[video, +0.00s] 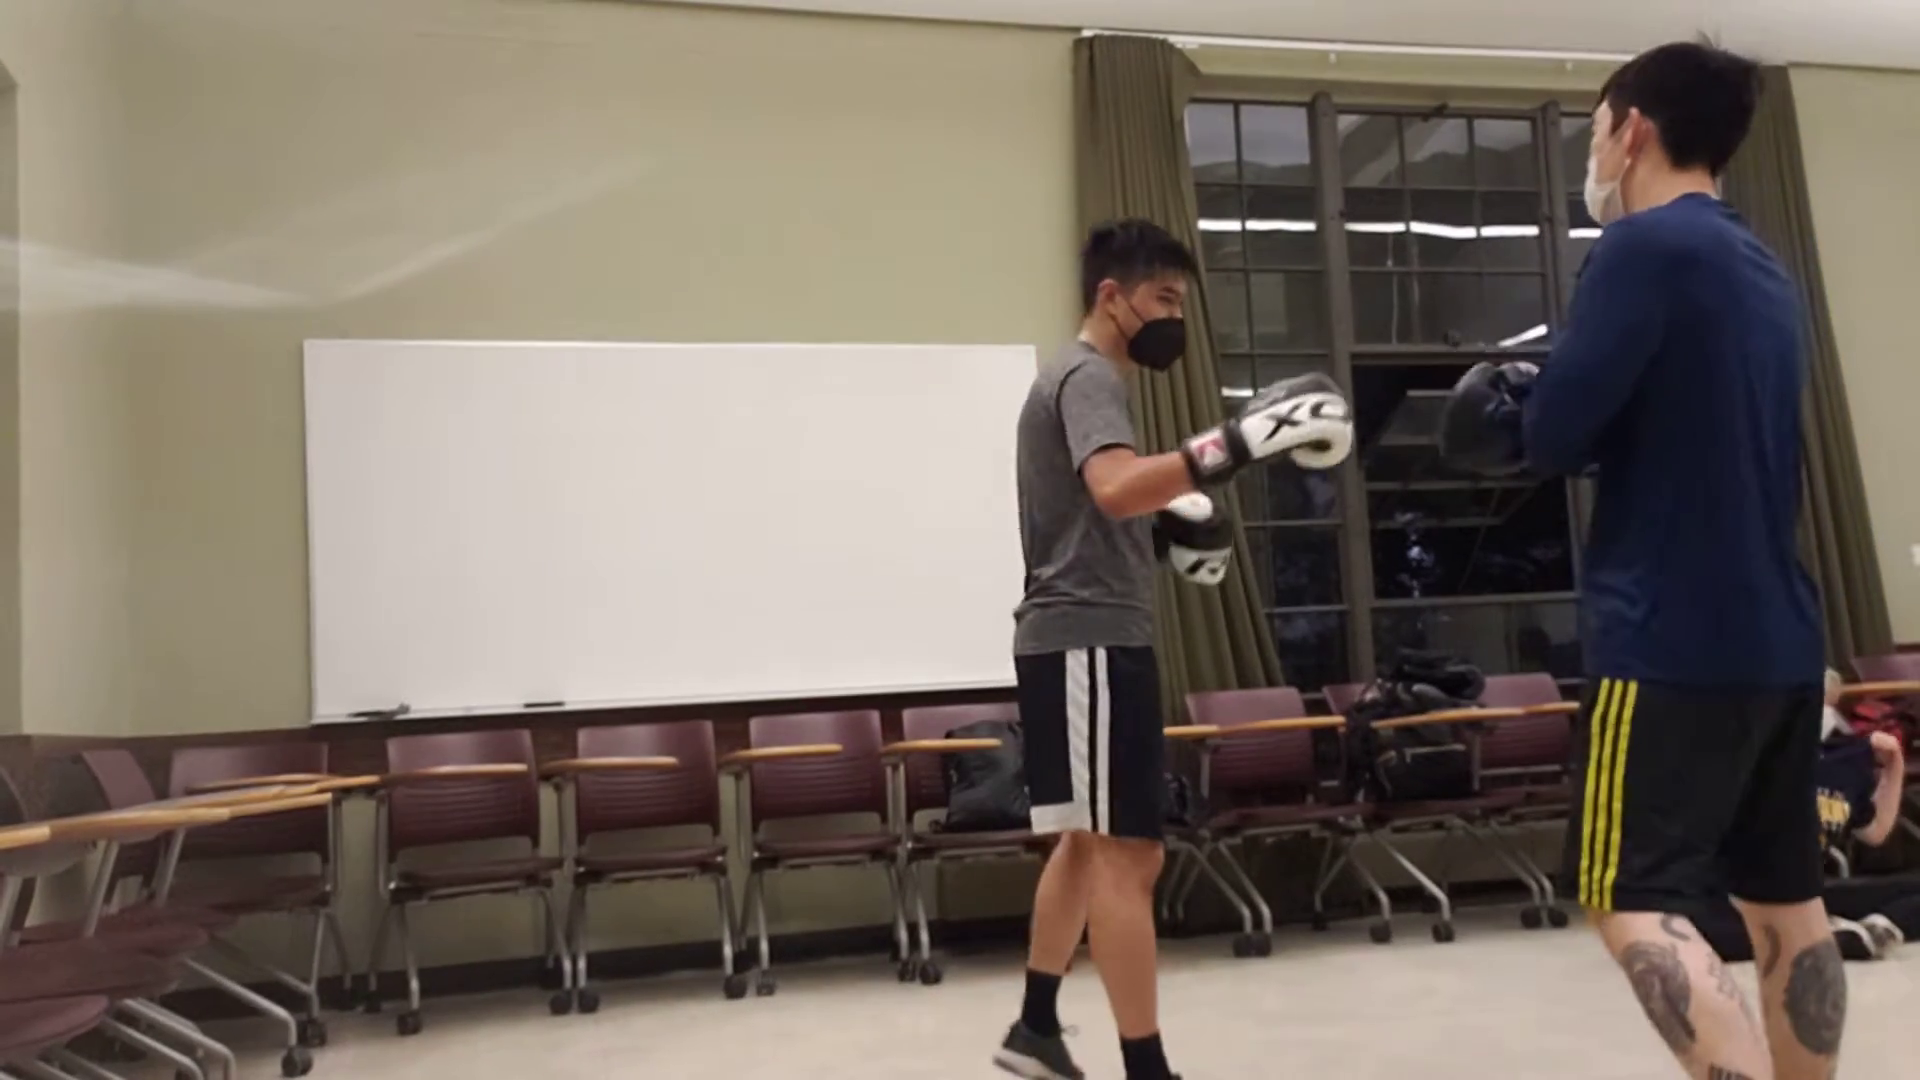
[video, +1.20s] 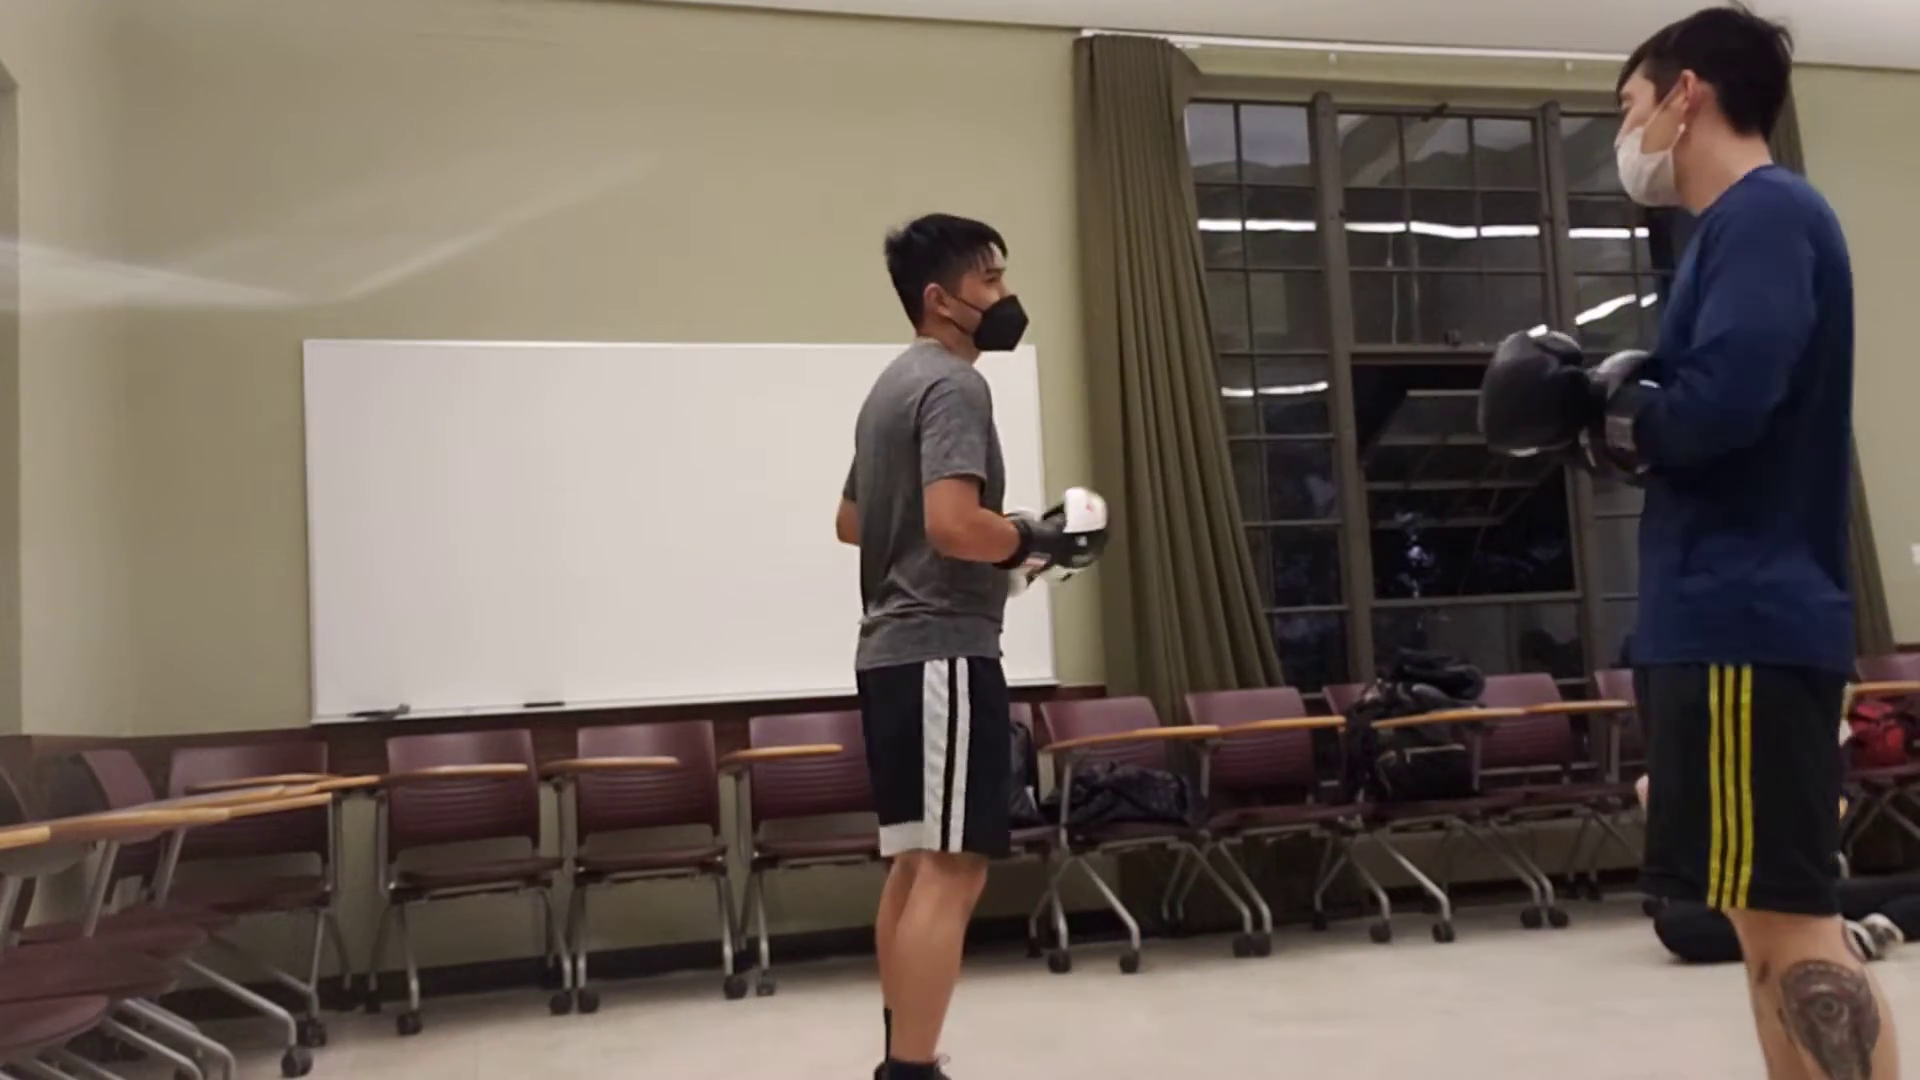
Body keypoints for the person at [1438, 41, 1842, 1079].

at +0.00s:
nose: (1591, 157)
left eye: (1597, 132)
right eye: (1596, 134)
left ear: (1636, 131)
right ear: (1707, 145)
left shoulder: (1642, 250)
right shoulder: (1766, 268)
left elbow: (1553, 431)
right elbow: (1711, 432)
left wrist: (1511, 391)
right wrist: (1557, 385)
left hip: (1670, 643)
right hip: (1778, 639)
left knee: (1631, 904)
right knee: (1782, 894)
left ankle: (1746, 1069)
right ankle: (1804, 1078)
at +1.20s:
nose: (1621, 140)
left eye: (1627, 110)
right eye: (1618, 116)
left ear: (1688, 98)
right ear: (1709, 106)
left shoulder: (1763, 217)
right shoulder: (1735, 228)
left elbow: (1712, 416)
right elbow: (1696, 409)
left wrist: (1603, 390)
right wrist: (1601, 396)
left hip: (1752, 632)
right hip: (1721, 633)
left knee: (1788, 920)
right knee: (1767, 919)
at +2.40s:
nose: (1469, 182)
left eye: (1475, 156)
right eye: (1467, 161)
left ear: (1527, 143)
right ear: (1546, 148)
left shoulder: (1613, 250)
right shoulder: (1567, 268)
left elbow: (1618, 427)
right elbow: (1552, 423)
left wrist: (1498, 478)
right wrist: (1465, 399)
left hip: (1644, 645)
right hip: (1581, 648)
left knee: (1700, 904)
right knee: (1615, 901)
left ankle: (1825, 1071)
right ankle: (1643, 1077)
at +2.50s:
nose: (1445, 195)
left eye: (1451, 169)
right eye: (1442, 176)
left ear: (1503, 154)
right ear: (1519, 161)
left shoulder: (1597, 256)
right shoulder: (1542, 287)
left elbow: (1619, 427)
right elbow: (1460, 433)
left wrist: (1499, 486)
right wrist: (1330, 395)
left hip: (1631, 637)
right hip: (1572, 640)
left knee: (1651, 891)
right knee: (1605, 893)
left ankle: (1799, 1072)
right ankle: (1646, 1076)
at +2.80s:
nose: (1399, 211)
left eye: (1403, 185)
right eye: (1394, 192)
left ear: (1456, 166)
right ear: (1470, 173)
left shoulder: (1562, 267)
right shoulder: (1507, 293)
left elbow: (1617, 439)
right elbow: (1503, 472)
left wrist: (1472, 487)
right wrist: (1333, 501)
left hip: (1598, 636)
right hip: (1553, 638)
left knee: (1591, 897)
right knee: (1595, 897)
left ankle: (1633, 1075)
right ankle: (1638, 1073)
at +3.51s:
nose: (1342, 180)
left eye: (1337, 152)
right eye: (1335, 157)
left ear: (1376, 129)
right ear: (1424, 127)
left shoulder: (1461, 254)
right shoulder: (1475, 242)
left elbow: (1491, 448)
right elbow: (1476, 443)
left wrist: (1356, 485)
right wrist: (1355, 465)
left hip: (1479, 656)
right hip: (1451, 652)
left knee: (1510, 936)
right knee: (1451, 922)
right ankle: (1546, 1076)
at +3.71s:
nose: (1300, 181)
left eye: (1296, 152)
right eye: (1296, 157)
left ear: (1333, 134)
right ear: (1396, 133)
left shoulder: (1418, 251)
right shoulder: (1444, 240)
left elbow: (1476, 444)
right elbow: (1465, 445)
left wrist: (1337, 513)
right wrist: (1334, 493)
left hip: (1450, 655)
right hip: (1420, 649)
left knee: (1505, 927)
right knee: (1359, 859)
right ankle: (1432, 1073)